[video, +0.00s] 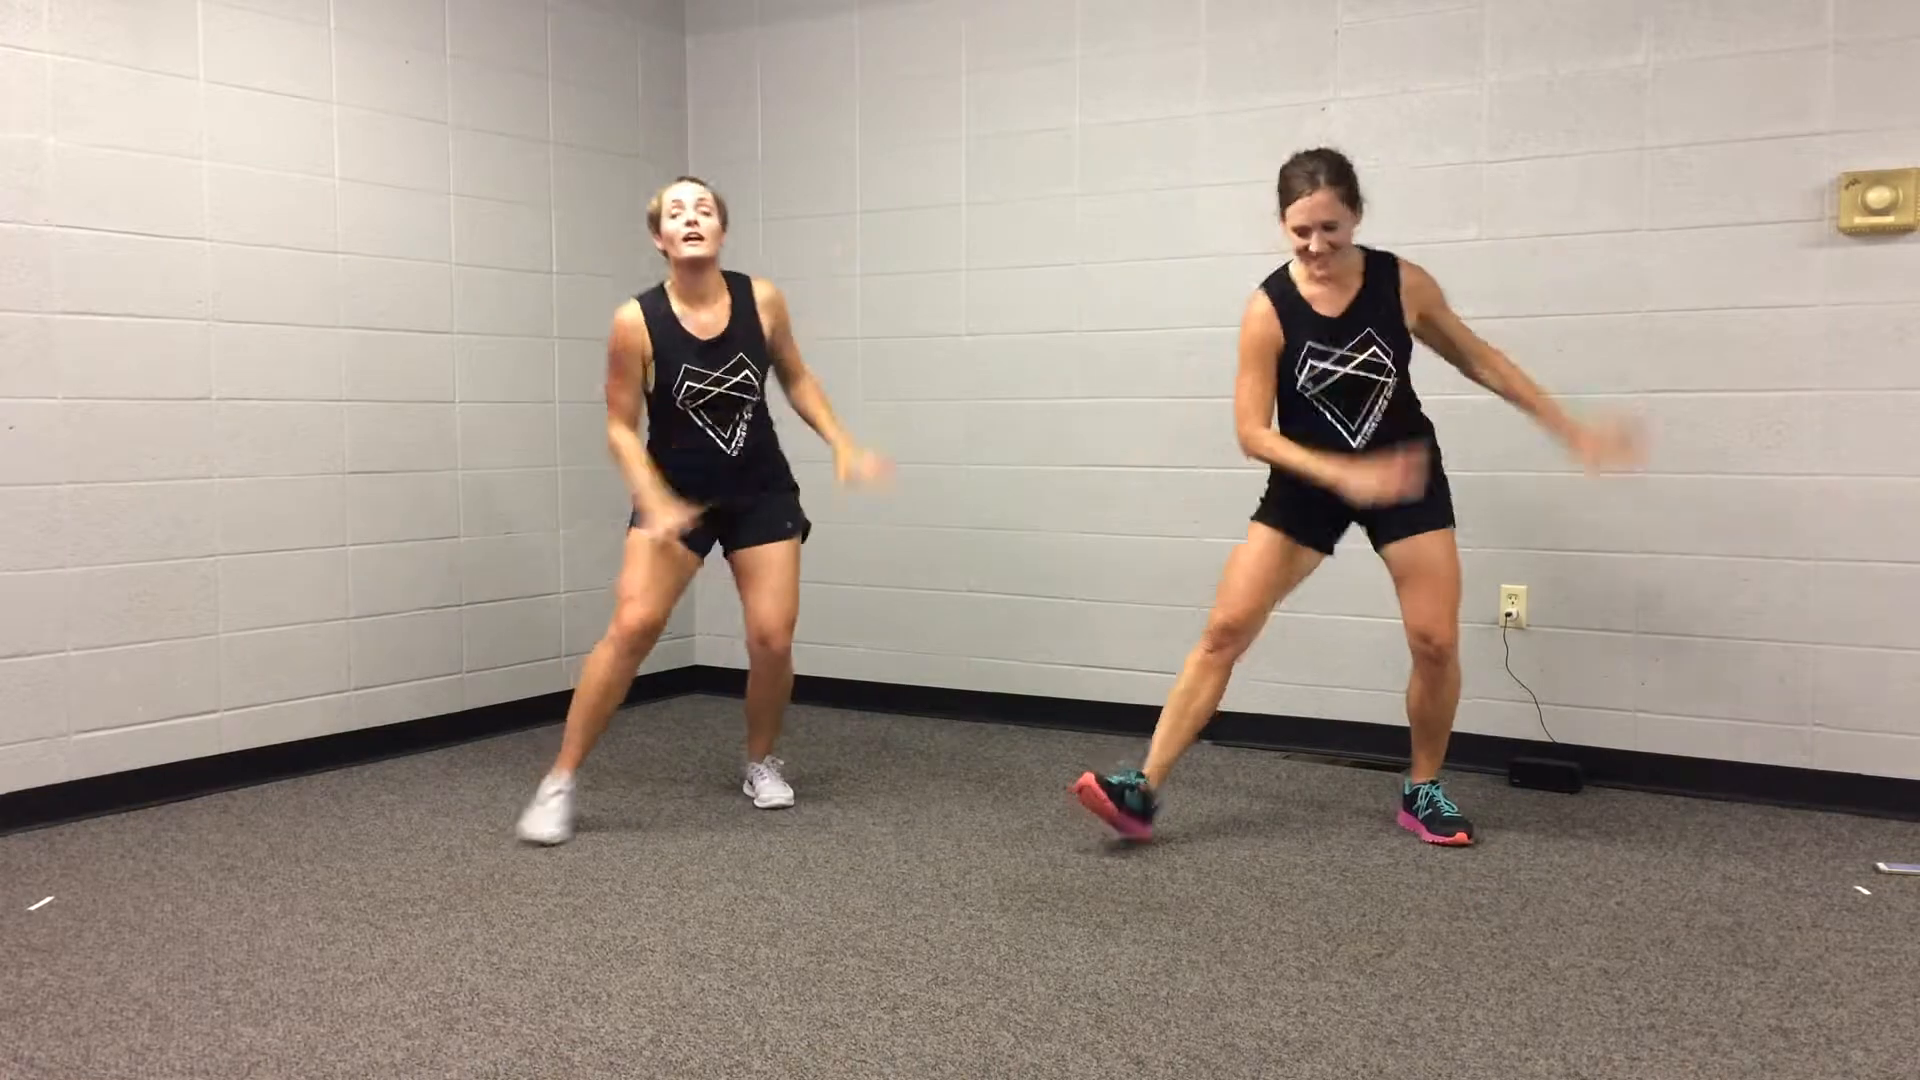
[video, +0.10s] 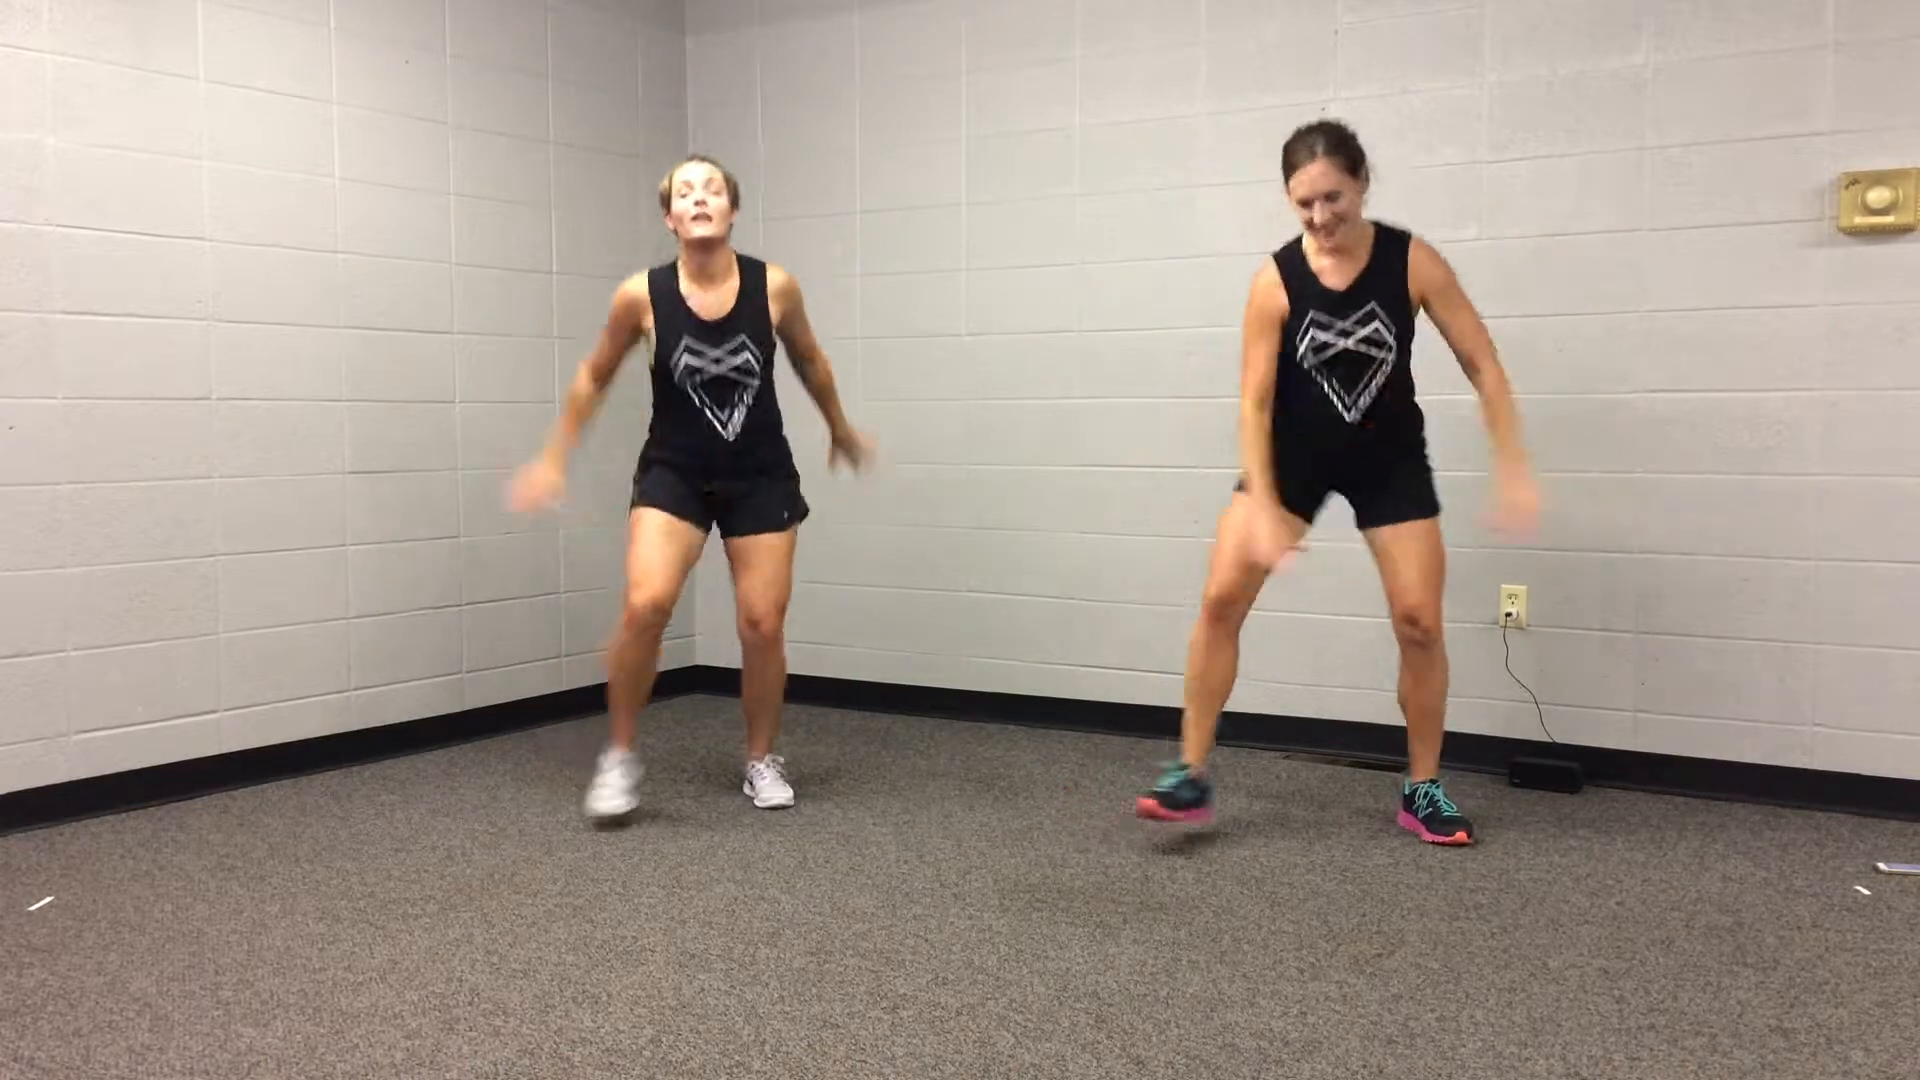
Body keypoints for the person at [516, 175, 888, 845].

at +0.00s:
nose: (690, 218)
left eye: (702, 210)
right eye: (676, 211)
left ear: (723, 232)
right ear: (658, 237)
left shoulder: (761, 301)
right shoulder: (636, 321)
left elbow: (796, 377)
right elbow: (620, 423)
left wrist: (841, 442)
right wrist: (655, 499)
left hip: (760, 488)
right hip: (676, 493)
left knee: (773, 639)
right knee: (634, 624)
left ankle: (761, 764)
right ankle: (560, 781)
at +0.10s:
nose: (699, 198)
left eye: (711, 188)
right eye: (686, 191)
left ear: (734, 210)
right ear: (669, 216)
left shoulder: (774, 288)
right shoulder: (641, 296)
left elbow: (810, 362)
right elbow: (594, 378)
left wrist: (840, 428)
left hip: (759, 472)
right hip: (674, 471)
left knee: (763, 622)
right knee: (646, 606)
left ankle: (761, 760)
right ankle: (620, 754)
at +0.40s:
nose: (697, 191)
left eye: (710, 182)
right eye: (686, 181)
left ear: (730, 200)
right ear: (666, 196)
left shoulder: (766, 280)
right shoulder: (624, 282)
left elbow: (806, 368)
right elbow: (574, 368)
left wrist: (835, 439)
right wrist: (542, 440)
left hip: (741, 464)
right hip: (657, 468)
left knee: (750, 614)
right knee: (674, 614)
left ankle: (762, 755)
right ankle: (677, 767)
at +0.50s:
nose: (690, 210)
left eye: (704, 198)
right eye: (678, 197)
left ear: (722, 208)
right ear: (660, 204)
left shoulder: (755, 283)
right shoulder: (626, 291)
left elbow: (777, 381)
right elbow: (598, 395)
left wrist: (764, 448)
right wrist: (616, 488)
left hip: (725, 465)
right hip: (648, 472)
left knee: (760, 584)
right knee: (666, 616)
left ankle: (751, 696)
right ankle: (676, 766)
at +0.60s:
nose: (685, 235)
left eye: (698, 225)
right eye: (673, 223)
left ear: (715, 231)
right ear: (654, 225)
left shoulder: (745, 287)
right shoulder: (623, 314)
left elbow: (767, 381)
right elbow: (627, 417)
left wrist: (710, 341)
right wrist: (670, 374)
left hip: (719, 479)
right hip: (637, 482)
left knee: (755, 543)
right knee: (658, 625)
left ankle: (727, 654)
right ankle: (676, 767)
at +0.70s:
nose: (679, 227)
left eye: (692, 217)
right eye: (668, 214)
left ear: (709, 223)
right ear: (647, 217)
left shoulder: (739, 281)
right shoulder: (613, 303)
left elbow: (767, 379)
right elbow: (629, 406)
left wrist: (703, 329)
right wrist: (664, 341)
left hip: (720, 469)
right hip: (640, 475)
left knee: (747, 566)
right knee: (660, 623)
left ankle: (731, 681)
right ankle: (675, 769)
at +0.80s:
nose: (677, 213)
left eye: (690, 202)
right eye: (665, 199)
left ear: (706, 208)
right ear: (644, 201)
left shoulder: (734, 276)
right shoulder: (603, 284)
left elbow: (774, 371)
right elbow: (593, 385)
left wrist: (732, 390)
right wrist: (647, 401)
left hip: (731, 465)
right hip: (648, 471)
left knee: (736, 613)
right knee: (667, 622)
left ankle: (746, 746)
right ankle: (677, 768)